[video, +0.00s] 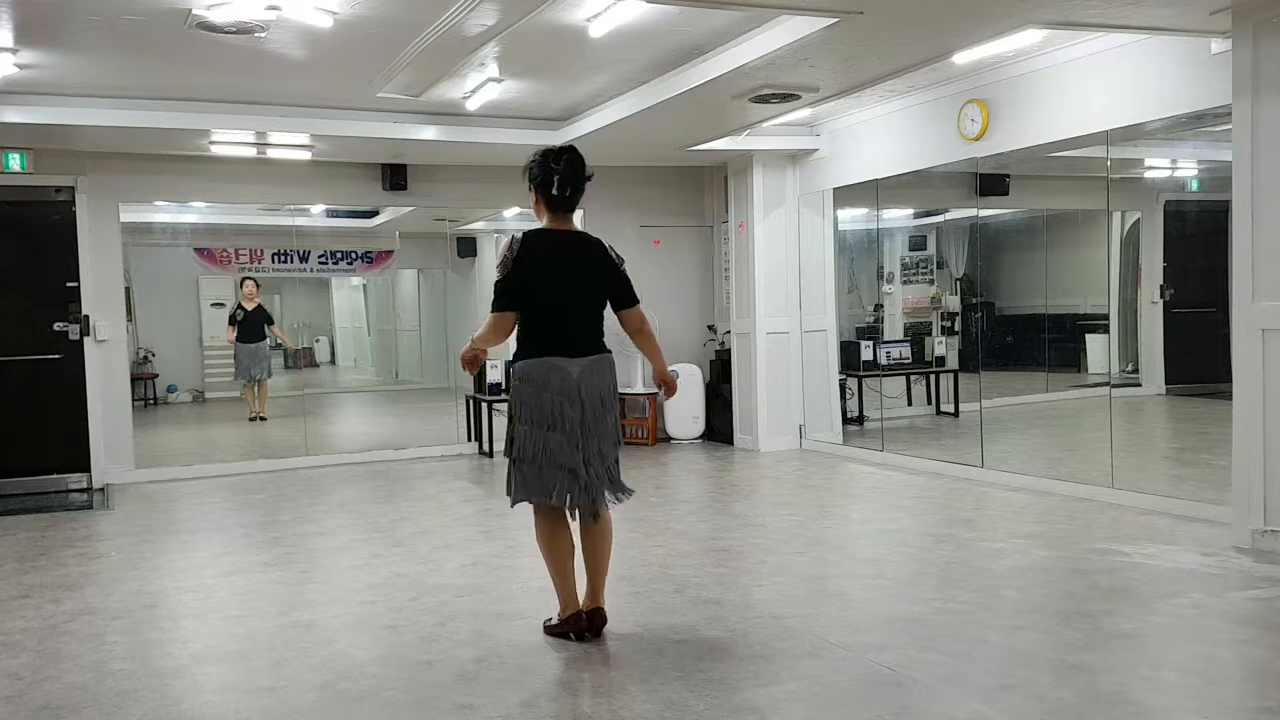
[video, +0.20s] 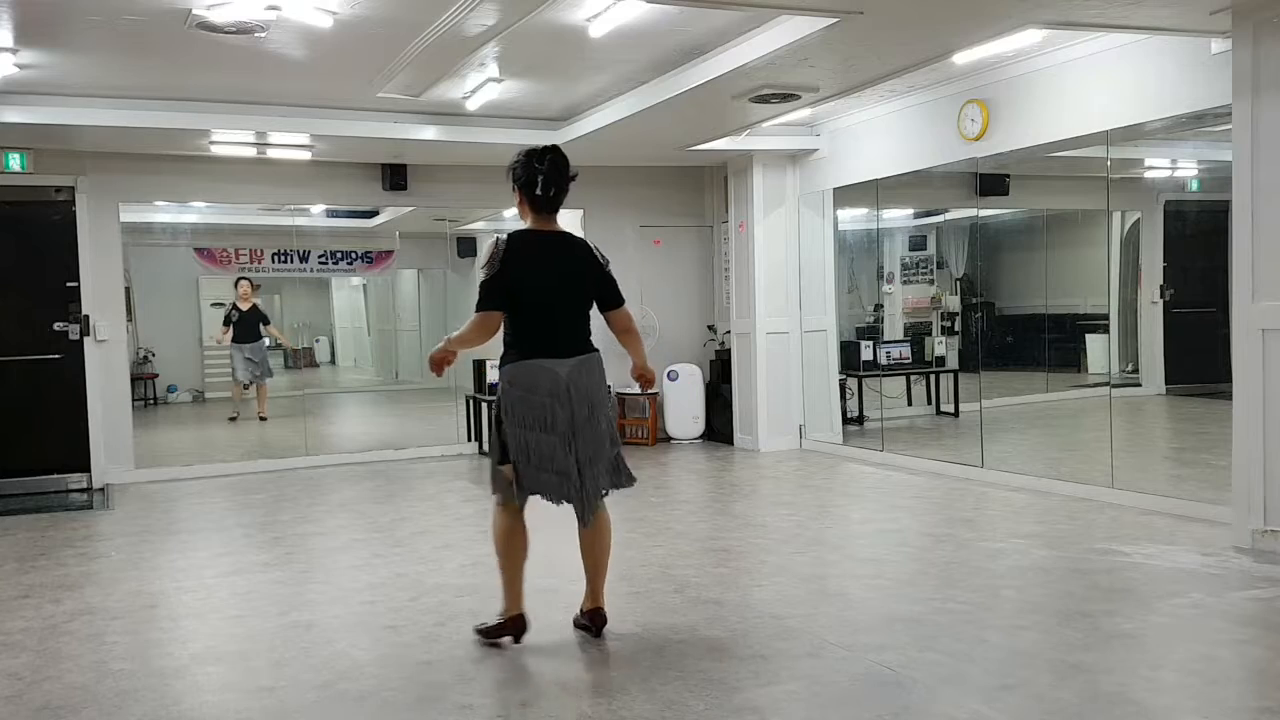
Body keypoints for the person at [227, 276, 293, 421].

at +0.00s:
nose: (250, 289)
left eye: (253, 287)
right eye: (247, 287)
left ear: (257, 289)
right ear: (242, 290)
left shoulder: (262, 308)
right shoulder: (237, 309)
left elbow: (273, 328)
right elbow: (231, 327)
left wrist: (288, 343)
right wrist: (231, 335)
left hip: (261, 347)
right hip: (243, 348)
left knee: (262, 381)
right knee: (248, 382)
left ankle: (262, 410)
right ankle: (253, 410)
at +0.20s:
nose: (245, 289)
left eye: (248, 286)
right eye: (242, 287)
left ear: (252, 289)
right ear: (236, 290)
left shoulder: (257, 308)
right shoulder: (232, 308)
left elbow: (268, 327)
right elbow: (225, 327)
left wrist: (282, 339)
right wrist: (221, 336)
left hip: (256, 347)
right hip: (238, 347)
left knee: (261, 380)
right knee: (238, 379)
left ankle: (261, 411)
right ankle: (235, 410)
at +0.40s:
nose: (236, 290)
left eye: (239, 287)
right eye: (232, 287)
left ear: (242, 290)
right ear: (227, 290)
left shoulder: (248, 309)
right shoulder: (222, 309)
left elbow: (261, 327)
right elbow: (216, 327)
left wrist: (275, 338)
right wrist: (211, 334)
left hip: (248, 348)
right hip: (228, 349)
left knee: (255, 380)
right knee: (226, 381)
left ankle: (261, 410)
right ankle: (224, 412)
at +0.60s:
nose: (226, 290)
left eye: (229, 287)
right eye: (223, 287)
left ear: (233, 289)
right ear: (218, 290)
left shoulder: (237, 308)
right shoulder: (212, 308)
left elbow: (248, 327)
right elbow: (205, 325)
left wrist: (261, 338)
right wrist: (204, 330)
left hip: (237, 347)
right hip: (219, 348)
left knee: (248, 378)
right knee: (221, 382)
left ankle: (260, 409)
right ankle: (223, 413)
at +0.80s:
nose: (219, 290)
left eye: (222, 287)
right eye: (215, 287)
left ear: (226, 290)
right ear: (210, 290)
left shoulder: (230, 308)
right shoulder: (207, 308)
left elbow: (240, 328)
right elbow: (198, 325)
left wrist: (253, 342)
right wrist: (200, 333)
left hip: (232, 346)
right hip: (214, 348)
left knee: (240, 378)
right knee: (218, 383)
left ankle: (245, 409)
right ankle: (223, 412)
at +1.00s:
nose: (213, 291)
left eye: (216, 288)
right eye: (210, 288)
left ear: (220, 290)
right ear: (204, 291)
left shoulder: (225, 309)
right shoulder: (201, 310)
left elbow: (236, 328)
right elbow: (192, 329)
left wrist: (248, 341)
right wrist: (188, 345)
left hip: (225, 348)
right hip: (209, 348)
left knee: (224, 380)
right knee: (215, 381)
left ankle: (214, 407)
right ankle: (222, 411)